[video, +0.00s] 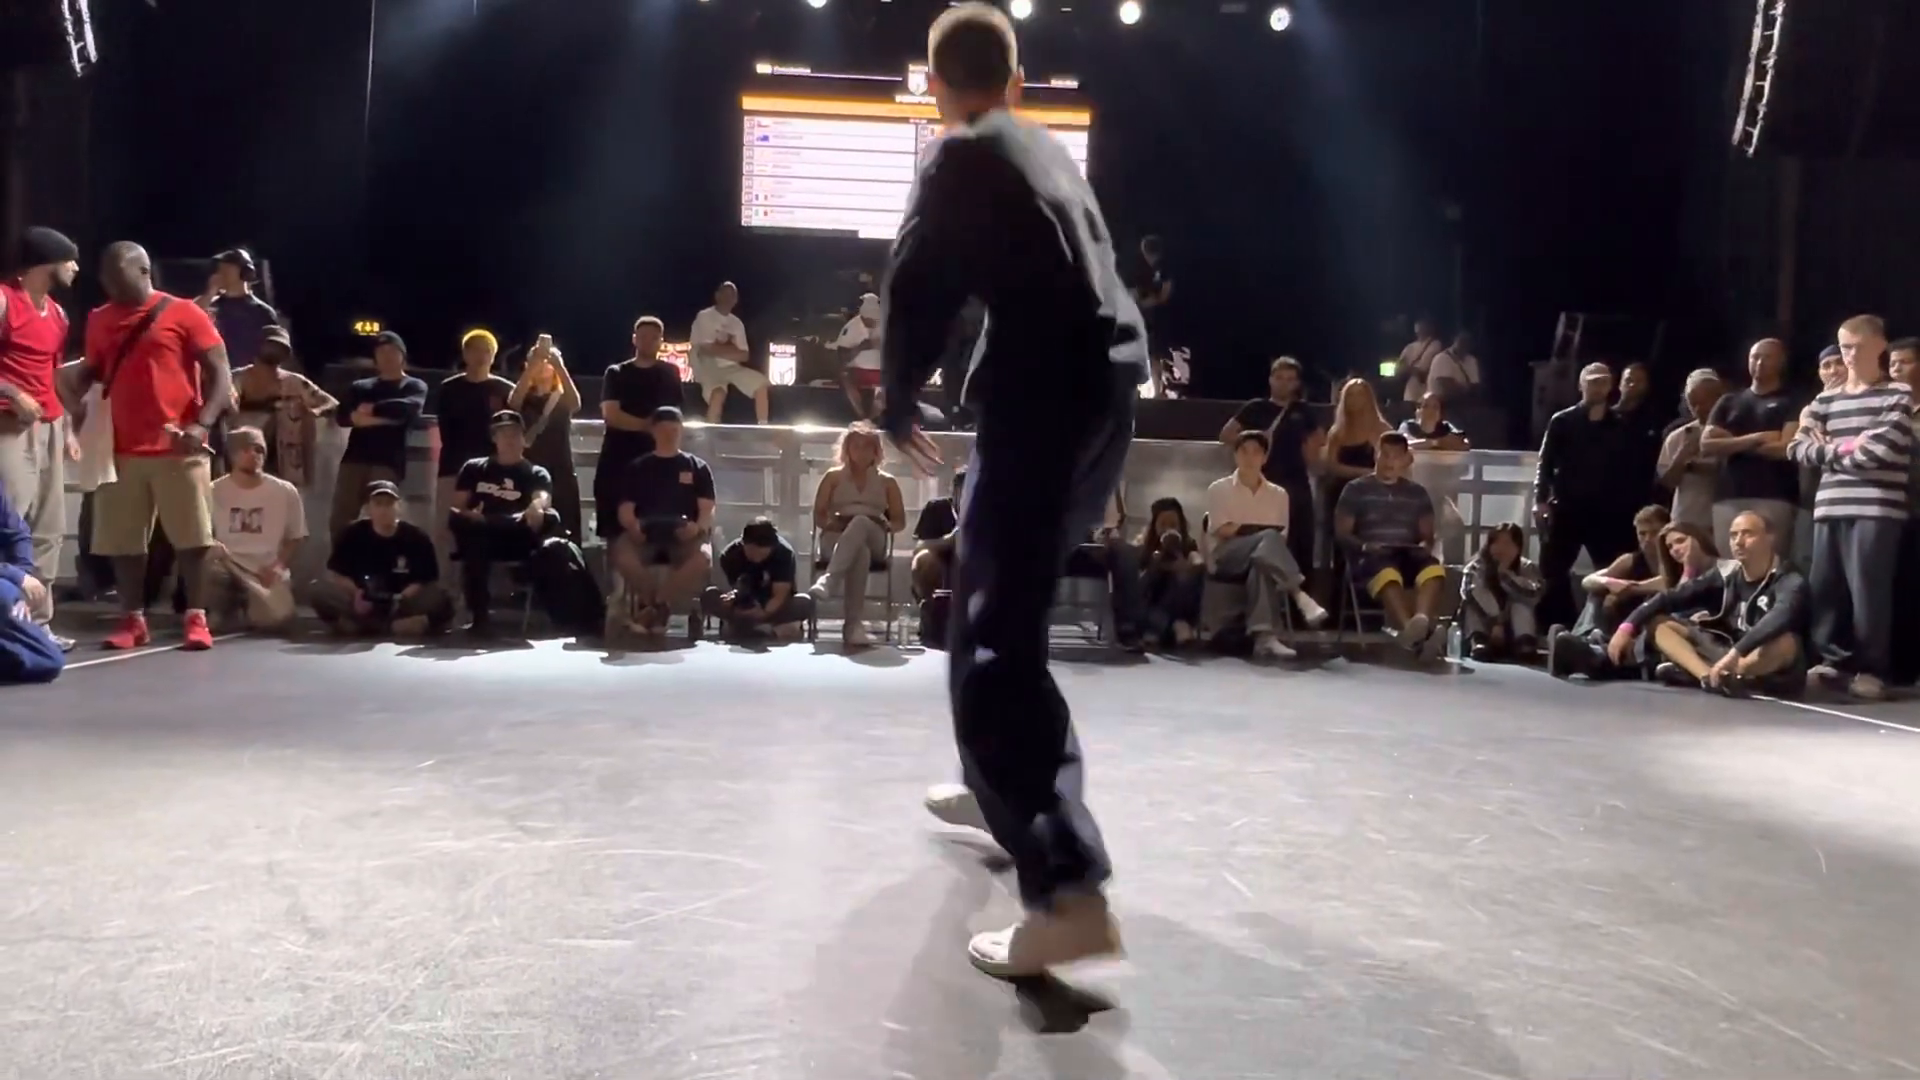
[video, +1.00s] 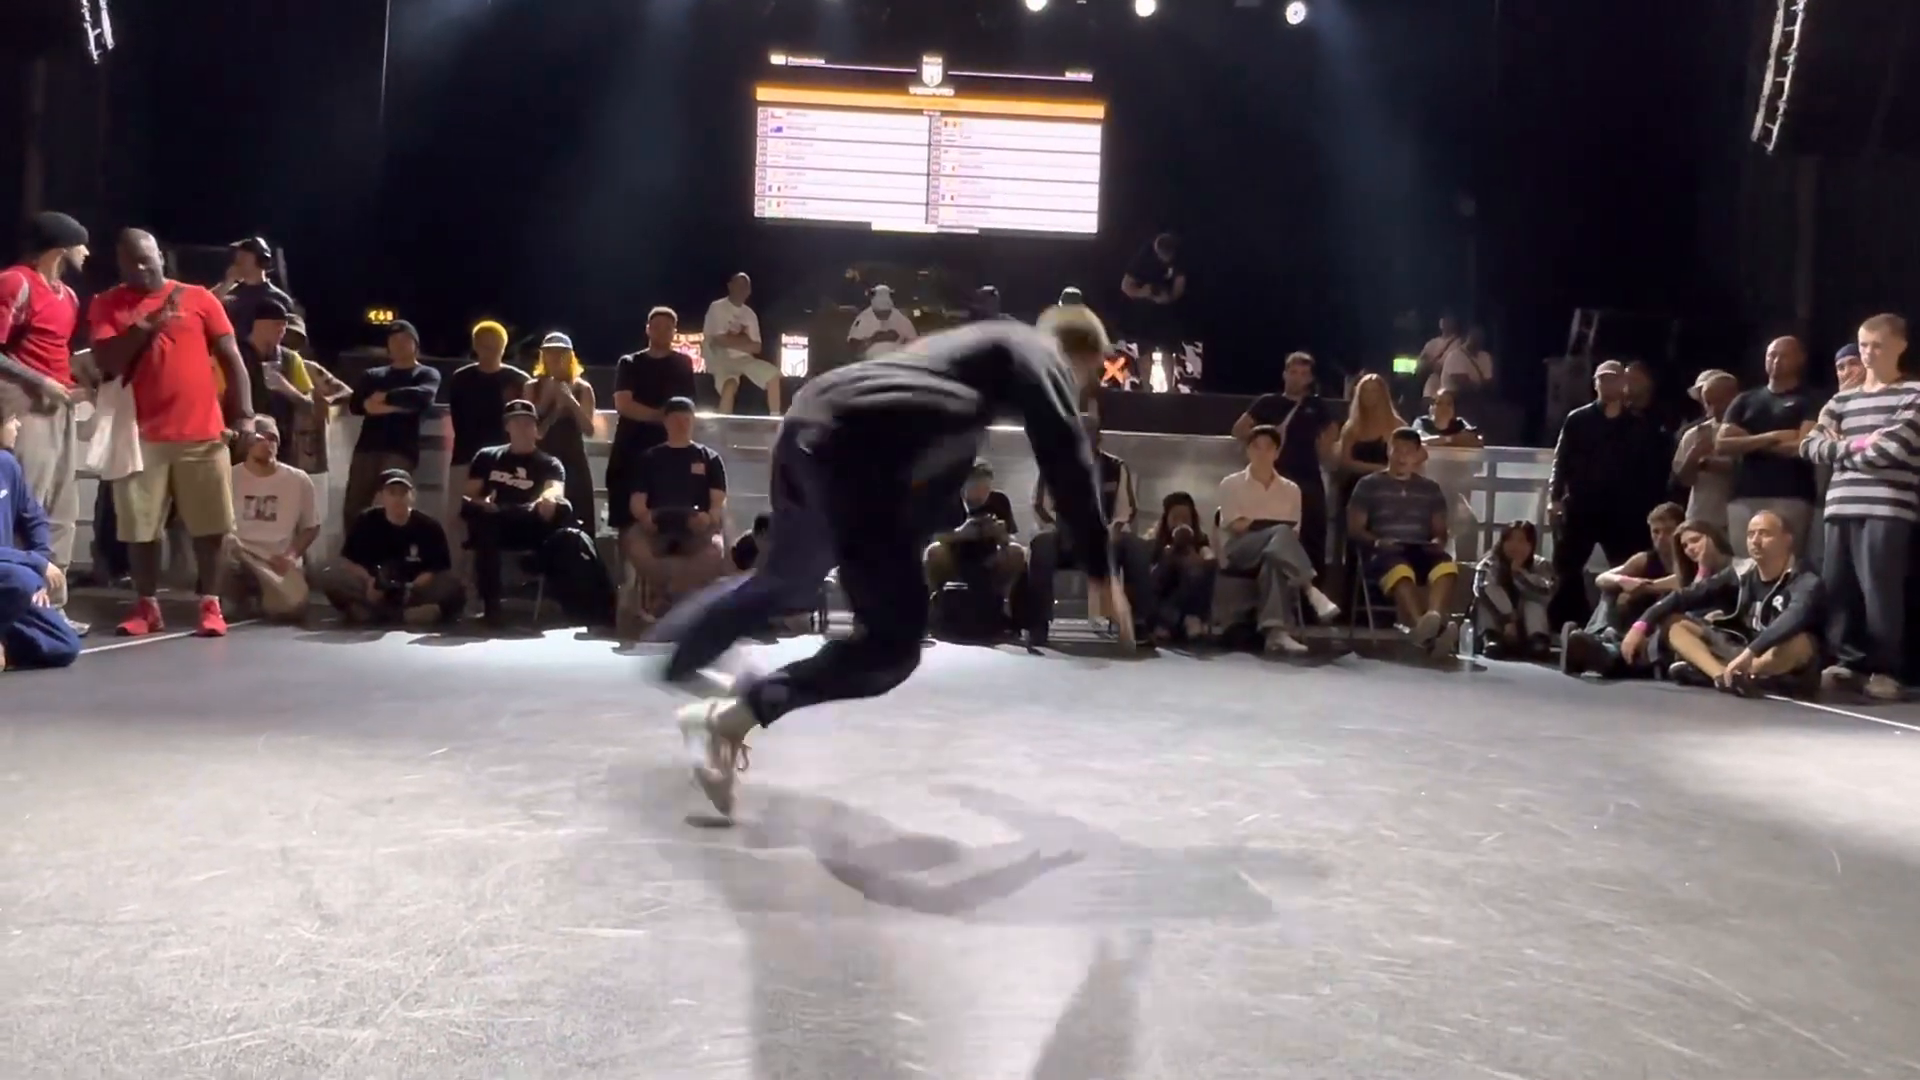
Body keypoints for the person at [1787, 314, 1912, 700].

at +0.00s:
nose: (1846, 356)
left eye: (1854, 348)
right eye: (1842, 349)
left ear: (1879, 349)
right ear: (1839, 351)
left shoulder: (1899, 398)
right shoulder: (1826, 400)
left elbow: (1874, 455)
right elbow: (1797, 447)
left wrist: (1826, 448)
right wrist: (1845, 449)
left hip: (1875, 510)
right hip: (1829, 509)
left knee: (1867, 589)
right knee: (1825, 586)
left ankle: (1871, 670)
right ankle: (1832, 662)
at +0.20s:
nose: (1851, 353)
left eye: (1860, 346)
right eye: (1847, 346)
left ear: (1884, 350)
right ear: (1843, 351)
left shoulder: (1901, 399)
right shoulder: (1828, 401)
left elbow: (1877, 458)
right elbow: (1800, 449)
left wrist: (1829, 452)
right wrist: (1846, 451)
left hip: (1878, 512)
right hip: (1831, 511)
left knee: (1870, 593)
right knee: (1827, 590)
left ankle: (1874, 672)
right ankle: (1835, 665)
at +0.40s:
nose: (1853, 356)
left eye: (1862, 348)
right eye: (1849, 349)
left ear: (1887, 350)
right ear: (1845, 352)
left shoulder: (1906, 399)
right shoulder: (1832, 401)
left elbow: (1882, 455)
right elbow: (1802, 447)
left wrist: (1832, 451)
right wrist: (1849, 450)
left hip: (1880, 512)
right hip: (1833, 512)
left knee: (1872, 592)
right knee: (1830, 589)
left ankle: (1875, 672)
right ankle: (1838, 664)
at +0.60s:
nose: (1862, 351)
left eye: (1872, 344)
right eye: (1857, 343)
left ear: (1893, 349)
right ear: (1850, 347)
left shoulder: (1909, 397)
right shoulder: (1835, 398)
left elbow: (1884, 454)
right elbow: (1804, 446)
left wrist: (1834, 449)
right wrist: (1852, 449)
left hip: (1882, 511)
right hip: (1835, 511)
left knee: (1875, 592)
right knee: (1832, 588)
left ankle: (1877, 671)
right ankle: (1840, 664)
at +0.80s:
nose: (1864, 352)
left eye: (1874, 345)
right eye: (1860, 345)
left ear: (1896, 349)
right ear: (1854, 348)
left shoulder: (1911, 395)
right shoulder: (1839, 397)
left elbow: (1888, 452)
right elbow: (1807, 445)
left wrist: (1836, 449)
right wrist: (1856, 448)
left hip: (1885, 510)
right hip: (1838, 509)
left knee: (1877, 591)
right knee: (1835, 587)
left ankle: (1882, 671)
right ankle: (1843, 663)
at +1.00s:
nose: (1867, 353)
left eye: (1876, 346)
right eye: (1863, 346)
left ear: (1900, 348)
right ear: (1858, 349)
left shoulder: (1913, 394)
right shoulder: (1842, 398)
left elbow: (1892, 449)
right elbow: (1810, 445)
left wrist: (1839, 449)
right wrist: (1861, 446)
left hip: (1887, 508)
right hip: (1840, 507)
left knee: (1880, 589)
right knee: (1838, 587)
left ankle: (1886, 671)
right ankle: (1846, 662)